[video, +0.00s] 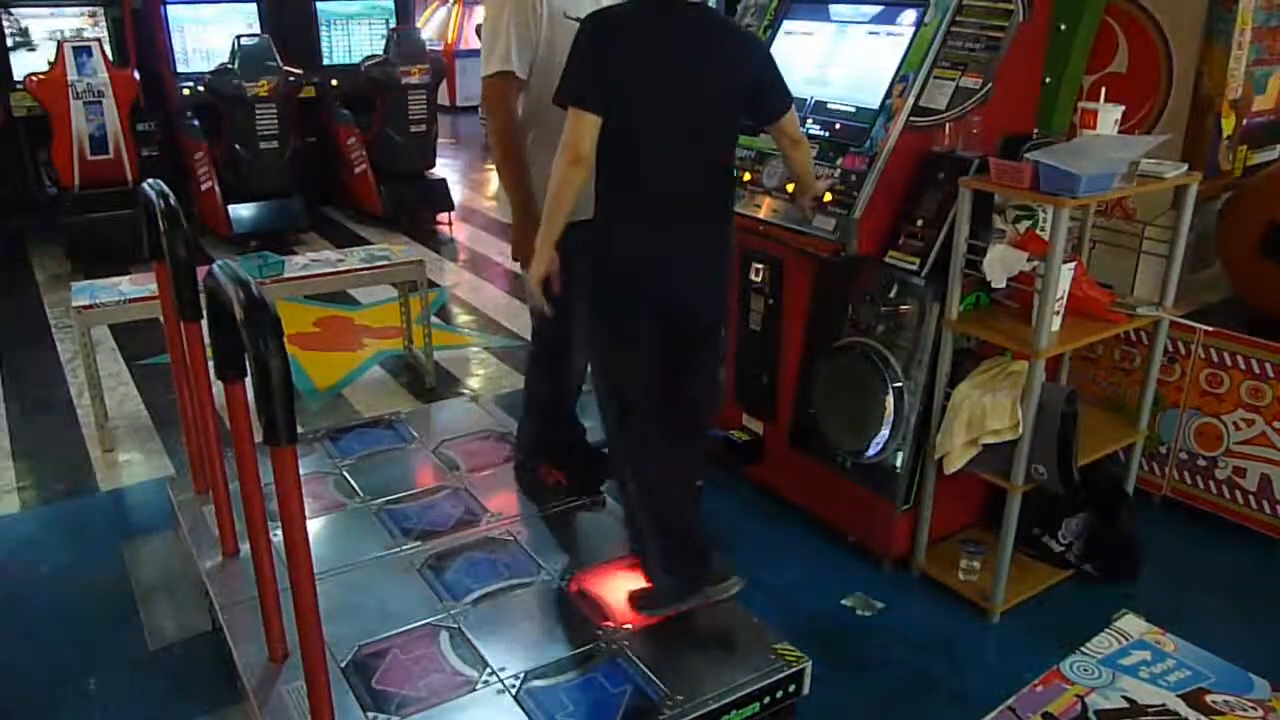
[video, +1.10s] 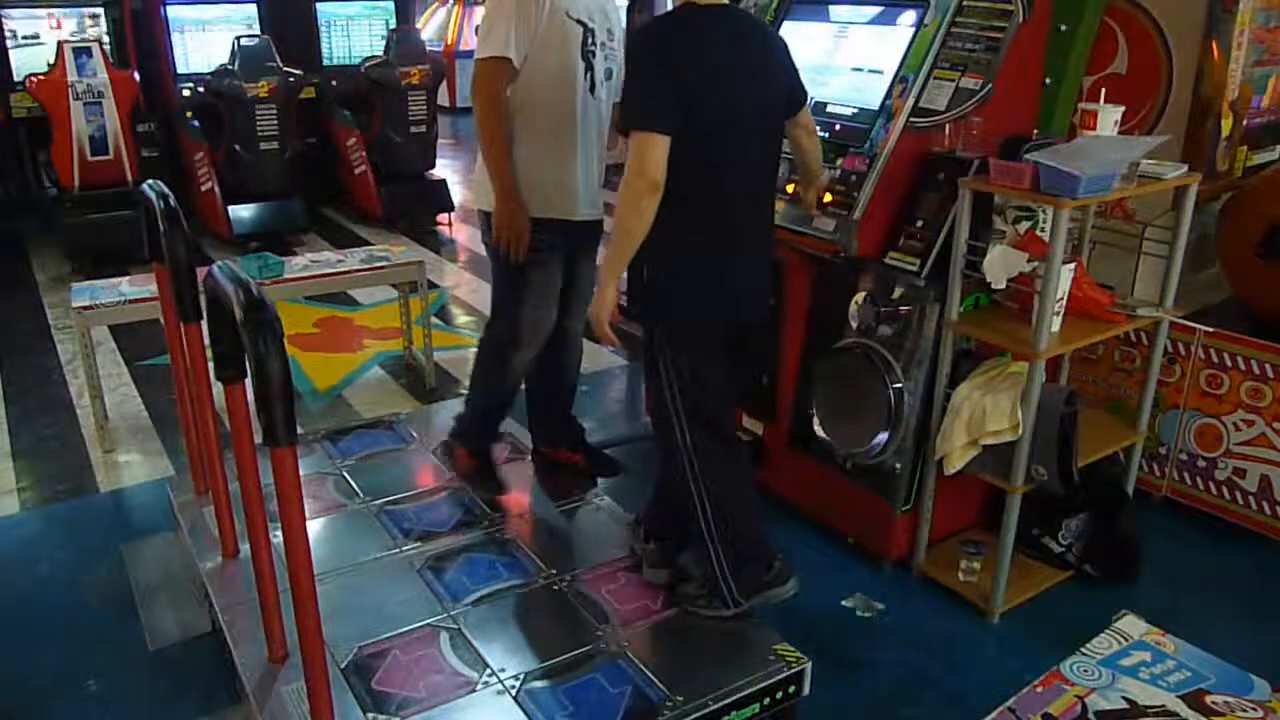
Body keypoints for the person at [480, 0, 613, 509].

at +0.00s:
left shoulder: (631, 11)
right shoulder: (522, 3)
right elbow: (498, 105)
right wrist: (524, 217)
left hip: (613, 202)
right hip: (557, 206)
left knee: (583, 339)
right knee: (558, 341)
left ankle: (568, 451)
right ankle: (541, 458)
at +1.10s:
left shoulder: (611, 10)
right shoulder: (524, 1)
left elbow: (608, 109)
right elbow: (487, 88)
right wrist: (506, 198)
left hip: (582, 204)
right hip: (525, 203)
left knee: (565, 336)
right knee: (520, 333)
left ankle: (556, 443)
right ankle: (471, 441)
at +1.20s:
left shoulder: (611, 11)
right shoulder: (521, 1)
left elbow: (611, 116)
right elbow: (487, 89)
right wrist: (504, 197)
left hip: (584, 204)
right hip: (526, 202)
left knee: (565, 335)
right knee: (514, 332)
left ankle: (557, 445)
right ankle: (452, 436)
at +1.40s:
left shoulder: (608, 10)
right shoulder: (516, 1)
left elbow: (608, 106)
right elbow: (484, 88)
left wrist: (664, 142)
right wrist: (506, 197)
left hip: (585, 204)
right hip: (524, 203)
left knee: (566, 337)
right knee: (506, 337)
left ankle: (556, 445)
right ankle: (451, 444)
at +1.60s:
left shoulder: (609, 12)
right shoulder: (515, 1)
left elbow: (609, 106)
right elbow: (482, 86)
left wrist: (662, 151)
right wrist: (505, 194)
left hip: (586, 205)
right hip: (524, 203)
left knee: (565, 339)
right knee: (503, 338)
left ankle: (557, 446)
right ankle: (448, 445)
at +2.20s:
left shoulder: (615, 12)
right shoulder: (513, 1)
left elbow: (611, 109)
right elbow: (469, 77)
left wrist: (669, 157)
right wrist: (486, 190)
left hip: (579, 206)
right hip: (509, 200)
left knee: (561, 343)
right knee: (479, 342)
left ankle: (558, 449)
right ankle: (437, 454)